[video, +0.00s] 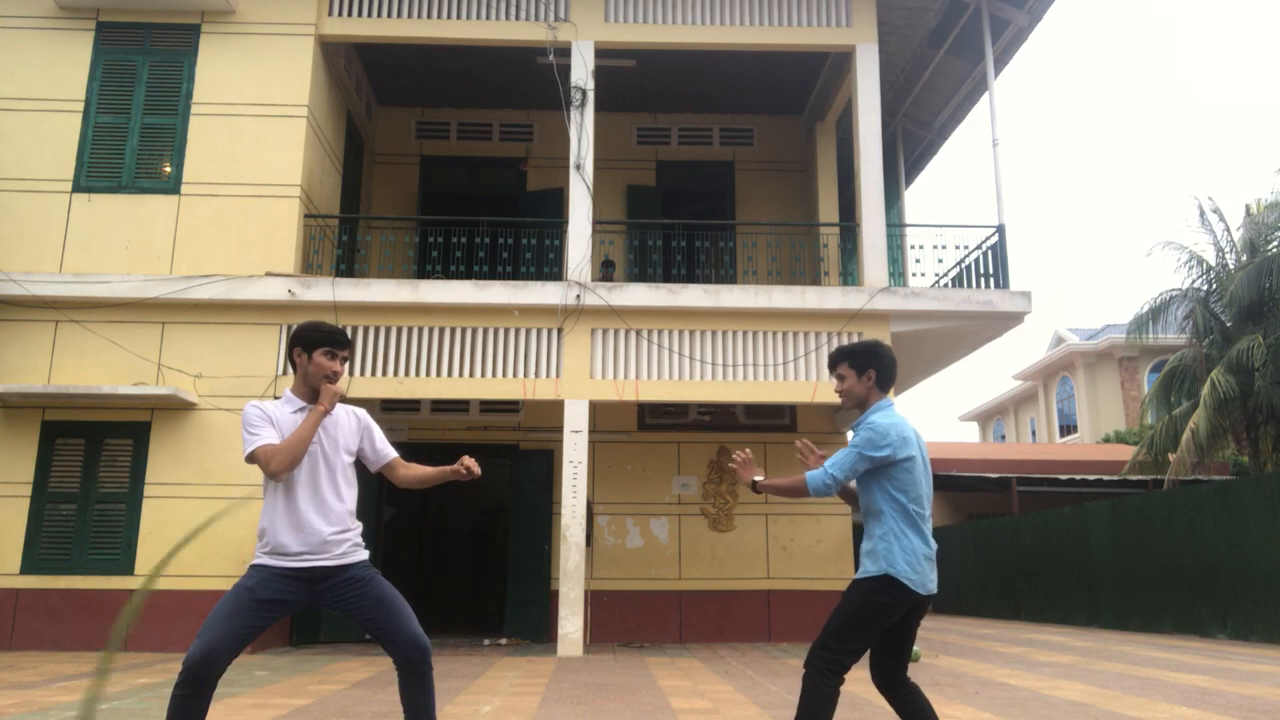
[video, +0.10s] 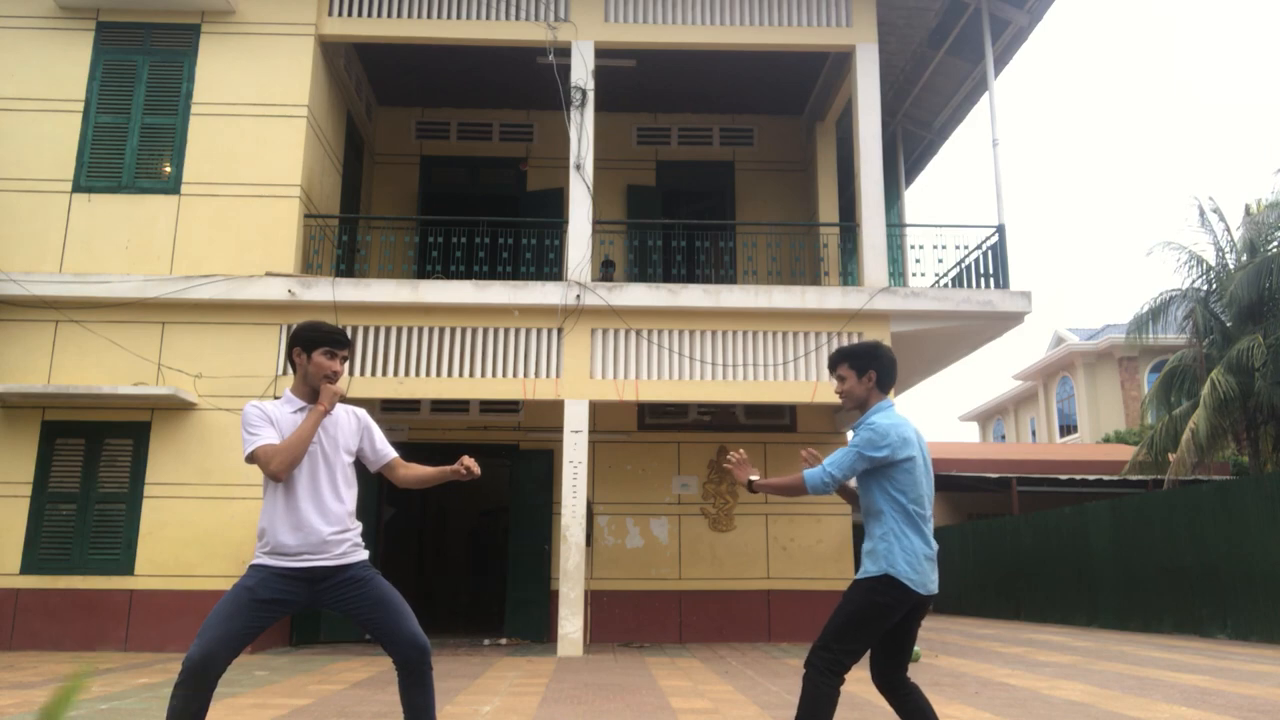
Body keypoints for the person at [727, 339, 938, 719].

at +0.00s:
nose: (836, 388)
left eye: (842, 378)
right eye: (835, 379)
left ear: (869, 378)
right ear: (870, 380)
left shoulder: (880, 428)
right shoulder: (900, 428)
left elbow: (821, 483)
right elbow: (873, 505)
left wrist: (757, 482)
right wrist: (830, 476)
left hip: (889, 572)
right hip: (915, 575)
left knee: (823, 666)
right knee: (890, 677)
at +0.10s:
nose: (836, 388)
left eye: (842, 379)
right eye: (835, 380)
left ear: (870, 379)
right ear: (870, 381)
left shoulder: (880, 428)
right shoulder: (901, 428)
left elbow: (820, 479)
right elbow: (874, 507)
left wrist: (753, 482)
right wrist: (832, 478)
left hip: (890, 573)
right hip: (917, 575)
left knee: (824, 666)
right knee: (890, 677)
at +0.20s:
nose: (837, 390)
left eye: (842, 380)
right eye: (836, 381)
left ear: (870, 380)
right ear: (870, 382)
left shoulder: (880, 429)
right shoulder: (904, 430)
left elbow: (818, 478)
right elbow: (879, 508)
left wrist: (750, 481)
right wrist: (835, 483)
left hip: (889, 573)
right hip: (917, 576)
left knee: (824, 666)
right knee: (889, 677)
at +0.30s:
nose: (837, 390)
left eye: (842, 380)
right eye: (836, 382)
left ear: (870, 380)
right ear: (870, 382)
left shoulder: (881, 430)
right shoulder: (904, 430)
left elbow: (818, 477)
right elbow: (879, 507)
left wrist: (750, 481)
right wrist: (836, 484)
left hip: (890, 574)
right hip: (918, 576)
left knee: (824, 666)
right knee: (889, 677)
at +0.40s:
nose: (837, 390)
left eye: (843, 380)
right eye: (836, 381)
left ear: (870, 380)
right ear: (870, 382)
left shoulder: (882, 430)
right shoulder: (904, 430)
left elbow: (819, 477)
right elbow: (878, 506)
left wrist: (750, 480)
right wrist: (834, 482)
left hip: (890, 574)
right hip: (918, 576)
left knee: (824, 667)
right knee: (889, 677)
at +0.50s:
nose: (838, 390)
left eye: (843, 380)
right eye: (837, 381)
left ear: (871, 380)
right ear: (871, 382)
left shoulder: (882, 429)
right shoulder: (904, 430)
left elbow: (817, 477)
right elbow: (878, 507)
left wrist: (750, 479)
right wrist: (834, 482)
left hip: (890, 574)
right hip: (918, 576)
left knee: (824, 667)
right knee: (889, 677)